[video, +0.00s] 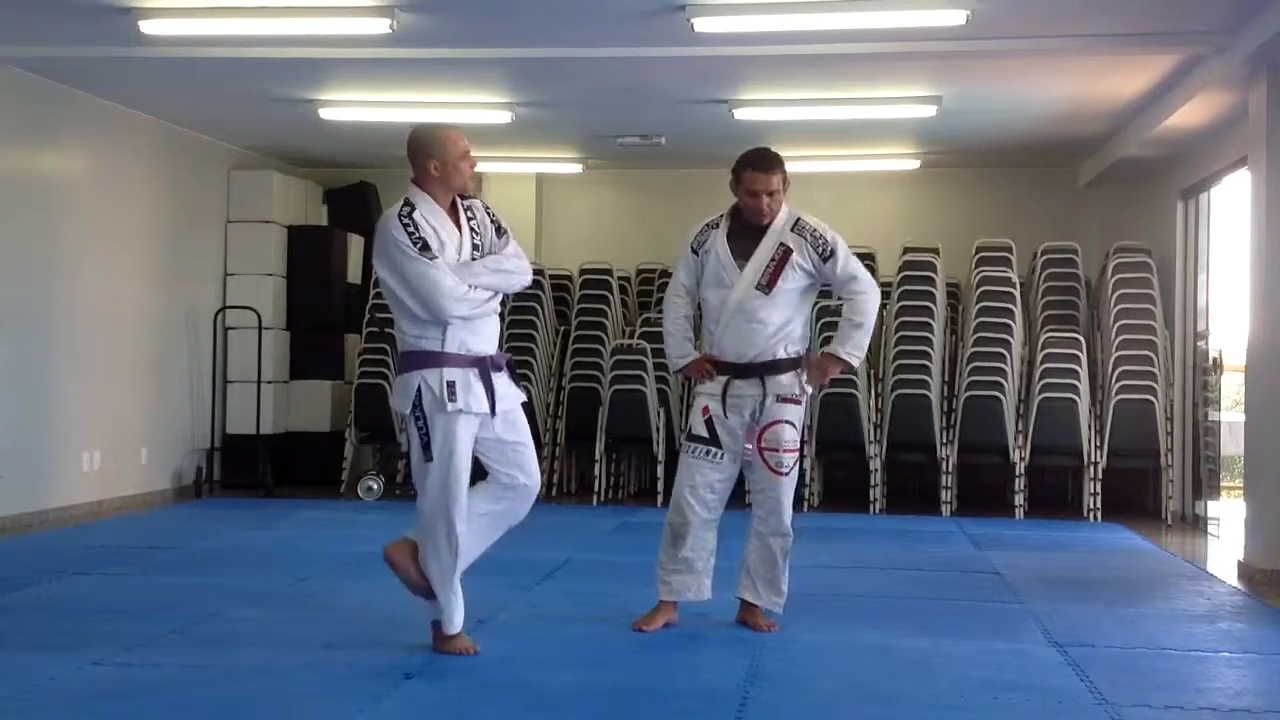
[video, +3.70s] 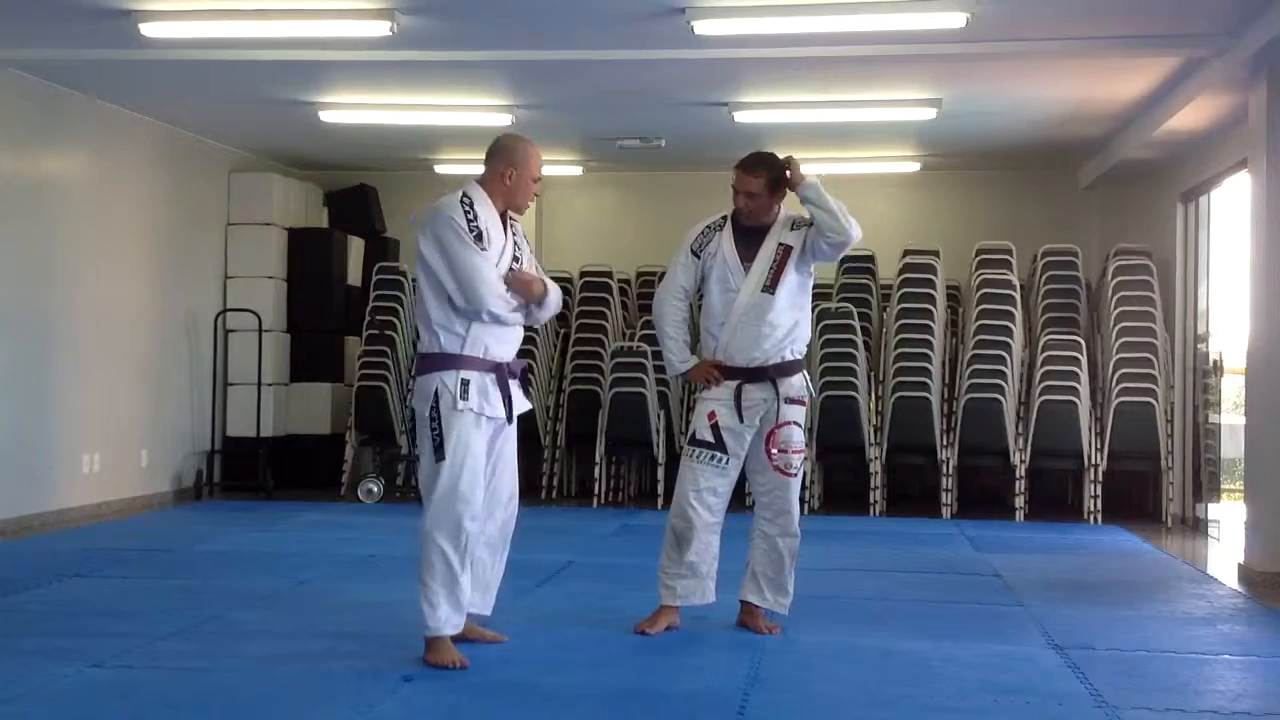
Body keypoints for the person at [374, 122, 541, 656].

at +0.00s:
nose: (475, 165)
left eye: (472, 157)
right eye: (466, 159)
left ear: (444, 167)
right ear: (433, 168)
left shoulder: (477, 213)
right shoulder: (398, 227)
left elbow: (521, 271)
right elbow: (446, 301)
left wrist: (457, 273)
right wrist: (494, 290)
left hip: (489, 373)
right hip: (435, 377)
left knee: (520, 482)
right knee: (444, 501)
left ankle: (420, 554)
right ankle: (449, 626)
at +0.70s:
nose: (448, 165)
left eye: (446, 157)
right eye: (440, 158)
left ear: (415, 166)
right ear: (411, 167)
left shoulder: (427, 216)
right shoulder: (389, 218)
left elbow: (466, 277)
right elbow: (439, 296)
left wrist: (488, 241)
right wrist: (479, 292)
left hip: (460, 373)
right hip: (428, 376)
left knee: (471, 490)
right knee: (444, 501)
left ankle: (364, 562)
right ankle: (446, 629)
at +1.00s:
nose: (431, 168)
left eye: (428, 158)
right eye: (420, 159)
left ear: (393, 168)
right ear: (388, 168)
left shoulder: (413, 219)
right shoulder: (359, 220)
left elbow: (469, 266)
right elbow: (413, 299)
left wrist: (432, 274)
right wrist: (448, 295)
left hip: (414, 376)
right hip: (382, 378)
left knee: (385, 497)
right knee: (414, 501)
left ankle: (322, 600)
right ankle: (440, 624)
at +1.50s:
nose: (411, 165)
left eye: (409, 157)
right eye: (402, 156)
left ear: (377, 165)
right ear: (369, 164)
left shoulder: (395, 223)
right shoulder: (341, 212)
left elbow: (435, 288)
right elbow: (380, 294)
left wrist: (387, 269)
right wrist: (418, 290)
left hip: (379, 374)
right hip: (347, 373)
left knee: (342, 493)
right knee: (364, 501)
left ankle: (309, 609)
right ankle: (356, 633)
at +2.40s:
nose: (433, 159)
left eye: (431, 150)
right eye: (423, 151)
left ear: (399, 156)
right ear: (391, 157)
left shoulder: (421, 212)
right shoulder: (360, 213)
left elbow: (455, 275)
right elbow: (402, 303)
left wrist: (406, 273)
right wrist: (438, 284)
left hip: (406, 375)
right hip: (360, 376)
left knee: (423, 490)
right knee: (363, 502)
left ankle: (374, 602)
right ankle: (348, 635)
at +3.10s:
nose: (502, 180)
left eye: (502, 170)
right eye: (497, 170)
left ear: (472, 171)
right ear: (466, 171)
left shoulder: (489, 224)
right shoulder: (416, 221)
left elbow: (525, 288)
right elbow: (451, 300)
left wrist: (465, 276)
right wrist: (499, 300)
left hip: (484, 375)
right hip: (432, 372)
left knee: (485, 494)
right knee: (432, 485)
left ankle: (455, 614)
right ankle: (378, 619)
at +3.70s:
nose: (537, 191)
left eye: (539, 181)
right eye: (534, 180)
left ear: (509, 174)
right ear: (505, 174)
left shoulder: (512, 232)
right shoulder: (452, 215)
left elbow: (549, 305)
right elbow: (483, 299)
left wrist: (541, 289)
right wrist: (526, 308)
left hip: (499, 388)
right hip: (454, 386)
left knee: (497, 507)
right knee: (453, 508)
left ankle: (466, 617)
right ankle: (439, 633)